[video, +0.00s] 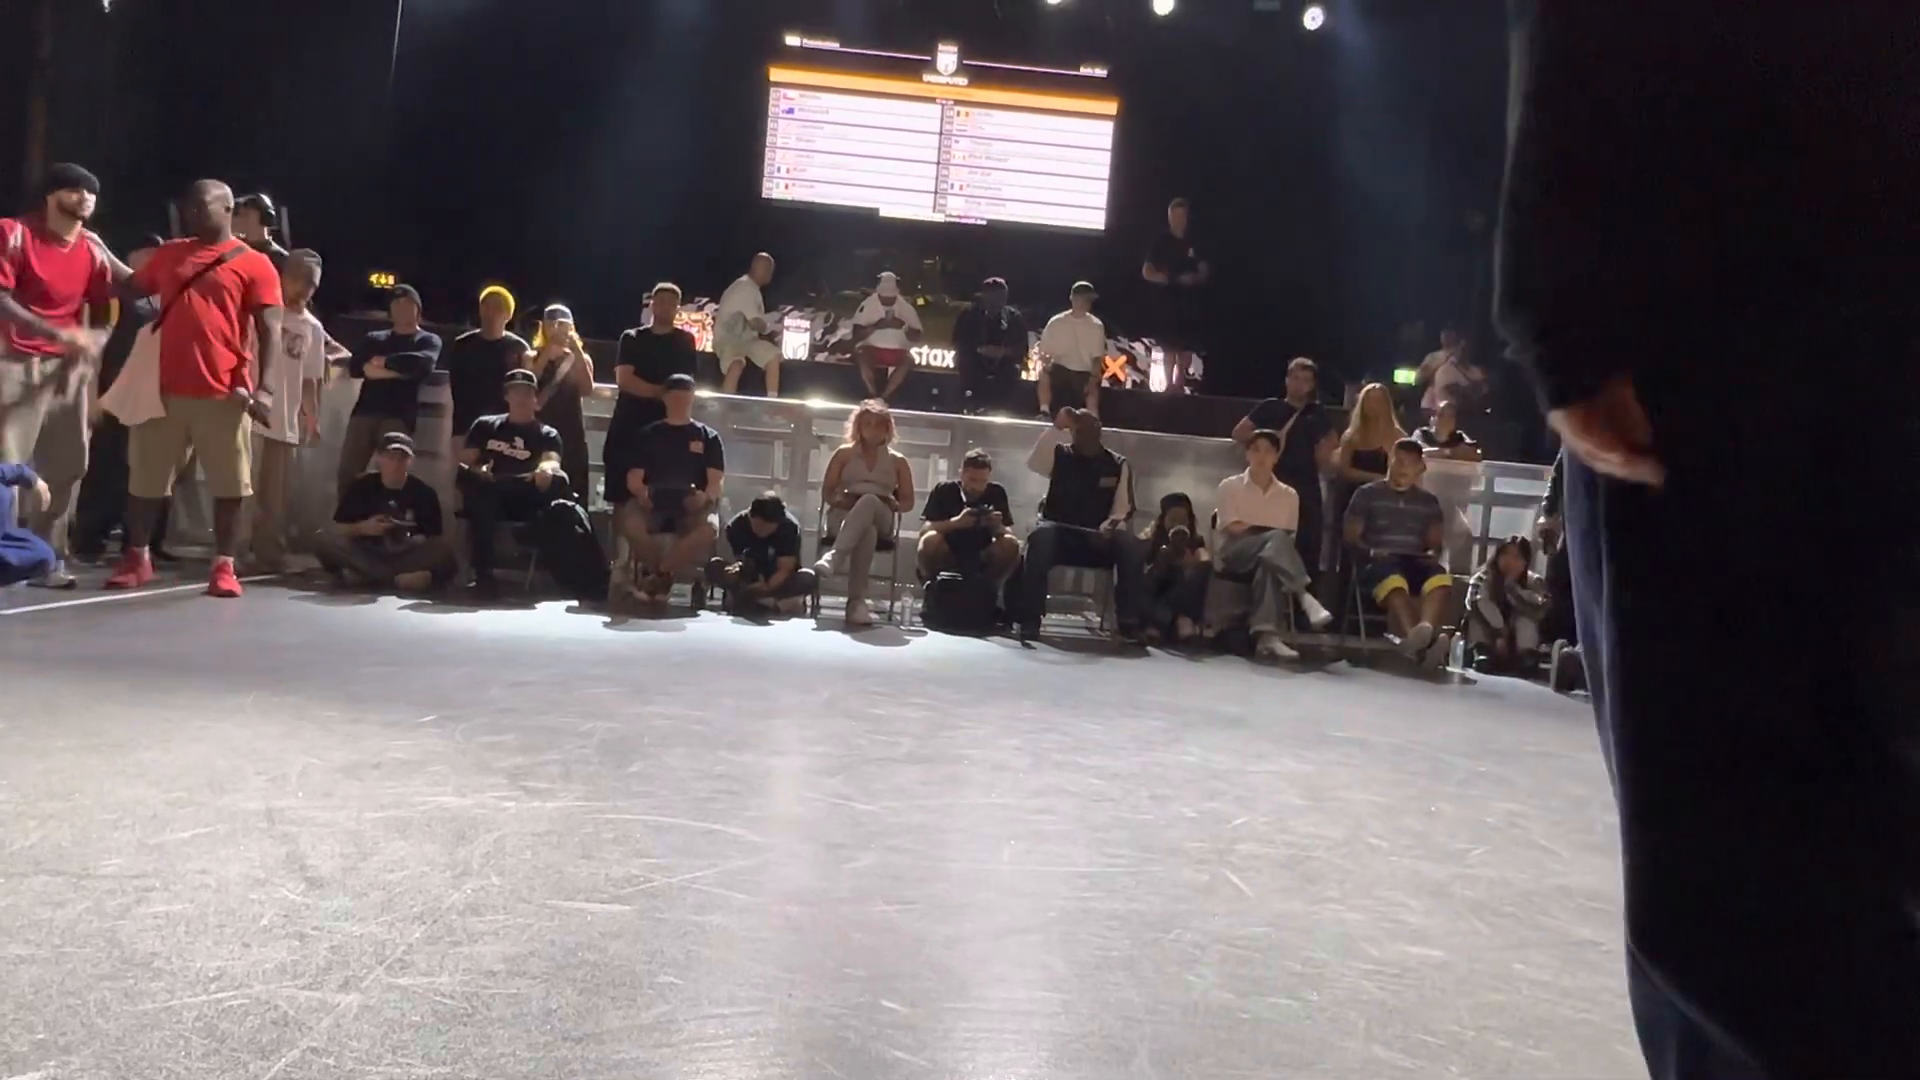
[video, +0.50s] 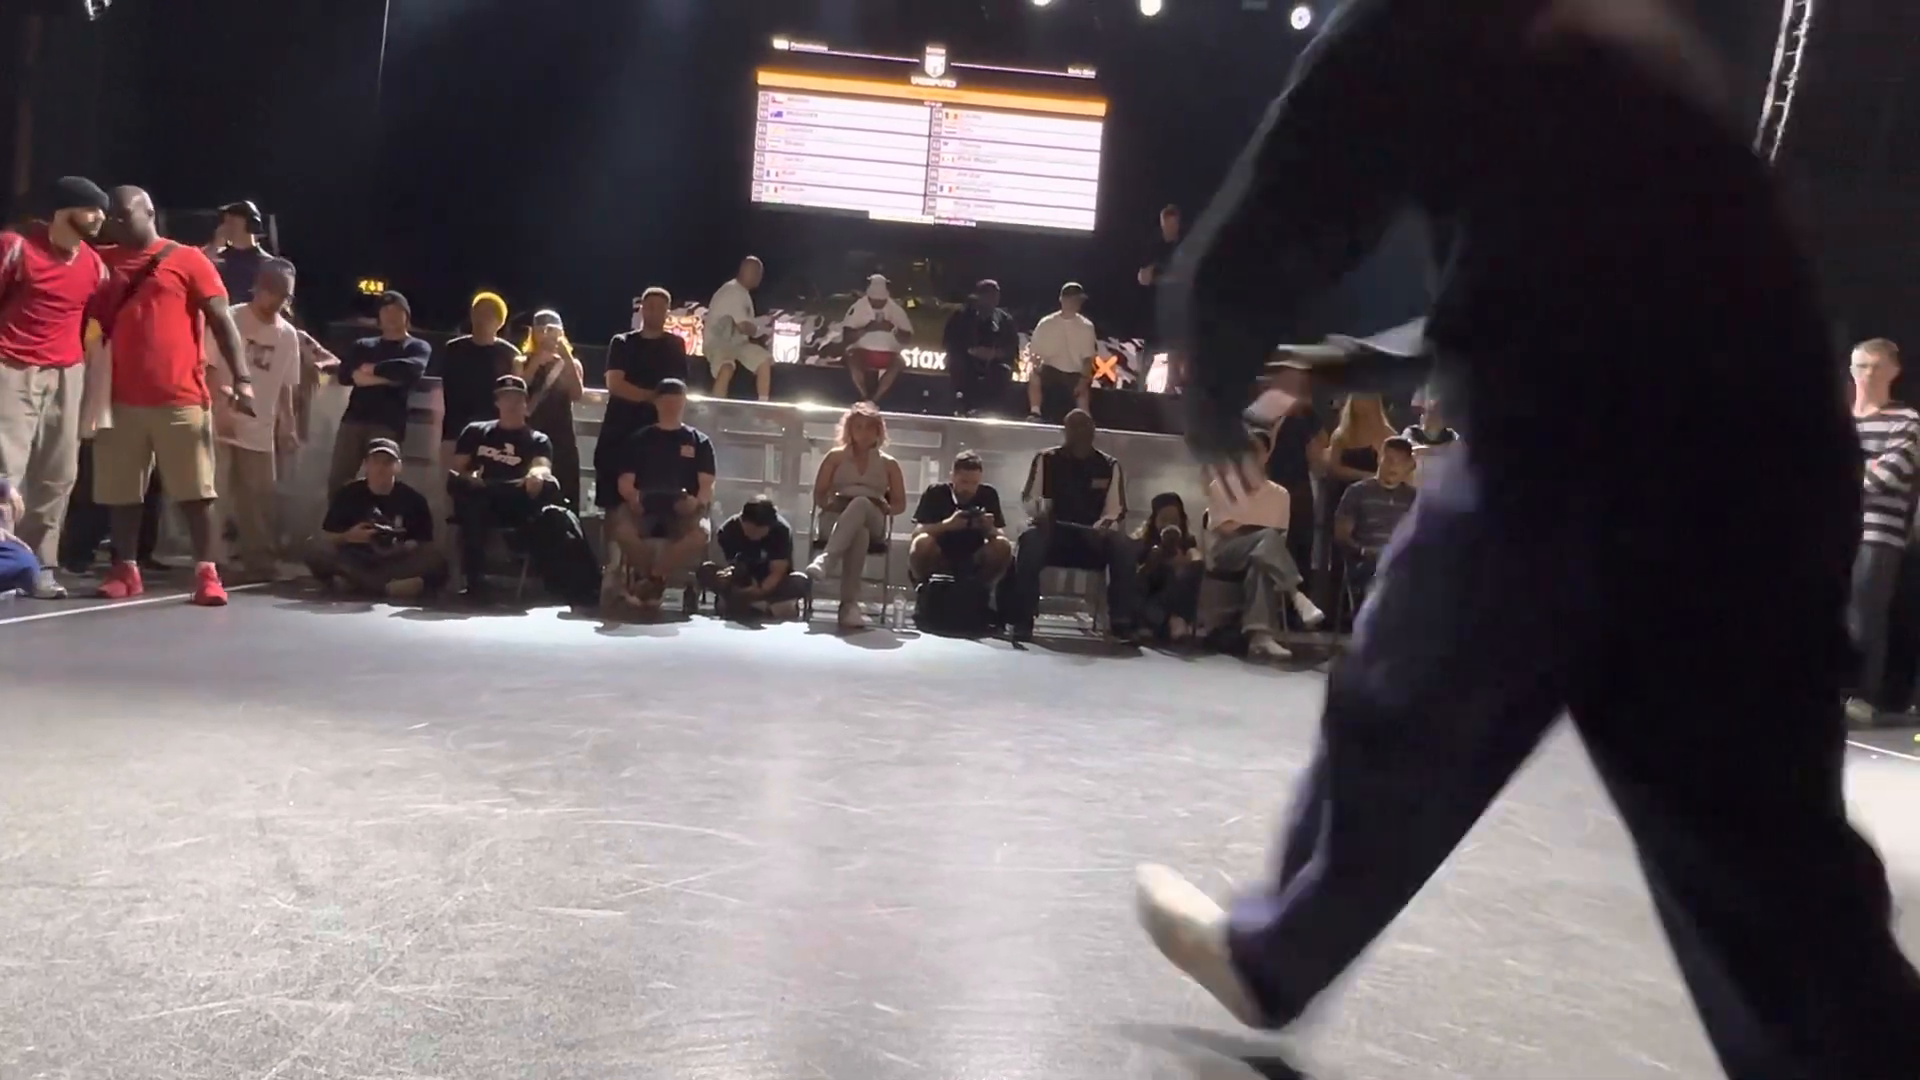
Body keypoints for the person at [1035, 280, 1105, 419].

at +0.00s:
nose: (1083, 303)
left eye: (1087, 299)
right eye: (1080, 298)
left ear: (1090, 301)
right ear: (1072, 299)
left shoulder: (1096, 325)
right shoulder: (1056, 322)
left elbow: (1098, 358)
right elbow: (1044, 349)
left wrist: (1092, 381)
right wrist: (1045, 363)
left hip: (1085, 370)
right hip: (1060, 367)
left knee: (1093, 384)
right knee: (1043, 374)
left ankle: (1093, 419)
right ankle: (1044, 410)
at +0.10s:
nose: (1081, 303)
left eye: (1085, 299)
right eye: (1078, 299)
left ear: (1089, 302)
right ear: (1070, 300)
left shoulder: (1095, 326)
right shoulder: (1054, 323)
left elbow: (1097, 358)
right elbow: (1043, 351)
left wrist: (1091, 381)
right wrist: (1043, 364)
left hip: (1083, 371)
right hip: (1058, 368)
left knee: (1091, 384)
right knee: (1042, 375)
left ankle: (1092, 419)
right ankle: (1043, 411)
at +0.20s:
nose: (1079, 303)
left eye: (1082, 299)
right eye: (1075, 298)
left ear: (1086, 301)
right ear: (1068, 299)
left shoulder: (1092, 326)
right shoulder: (1052, 322)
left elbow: (1094, 358)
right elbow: (1040, 349)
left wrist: (1089, 381)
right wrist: (1041, 362)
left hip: (1081, 371)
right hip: (1056, 368)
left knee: (1089, 383)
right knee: (1040, 374)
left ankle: (1088, 416)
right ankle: (1040, 410)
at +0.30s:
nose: (1076, 302)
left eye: (1080, 298)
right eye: (1073, 298)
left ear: (1084, 301)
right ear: (1065, 299)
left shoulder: (1090, 326)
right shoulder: (1050, 322)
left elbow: (1092, 358)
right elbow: (1038, 349)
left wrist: (1086, 381)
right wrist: (1040, 363)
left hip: (1079, 370)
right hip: (1054, 368)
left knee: (1087, 385)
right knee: (1038, 376)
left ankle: (1087, 418)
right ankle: (1038, 411)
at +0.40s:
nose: (1075, 302)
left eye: (1078, 299)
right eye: (1071, 298)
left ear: (1082, 301)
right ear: (1063, 299)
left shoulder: (1088, 325)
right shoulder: (1048, 322)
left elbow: (1090, 358)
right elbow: (1036, 349)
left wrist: (1085, 381)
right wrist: (1037, 362)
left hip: (1077, 370)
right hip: (1052, 368)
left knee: (1085, 385)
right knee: (1036, 376)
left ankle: (1085, 419)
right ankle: (1037, 411)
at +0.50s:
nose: (1073, 302)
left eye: (1076, 298)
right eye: (1069, 297)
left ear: (1080, 301)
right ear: (1061, 300)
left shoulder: (1086, 326)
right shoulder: (1046, 323)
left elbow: (1088, 358)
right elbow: (1034, 350)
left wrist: (1083, 382)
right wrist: (1035, 364)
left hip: (1075, 371)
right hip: (1051, 368)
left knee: (1083, 385)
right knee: (1034, 376)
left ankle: (1084, 419)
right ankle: (1035, 412)